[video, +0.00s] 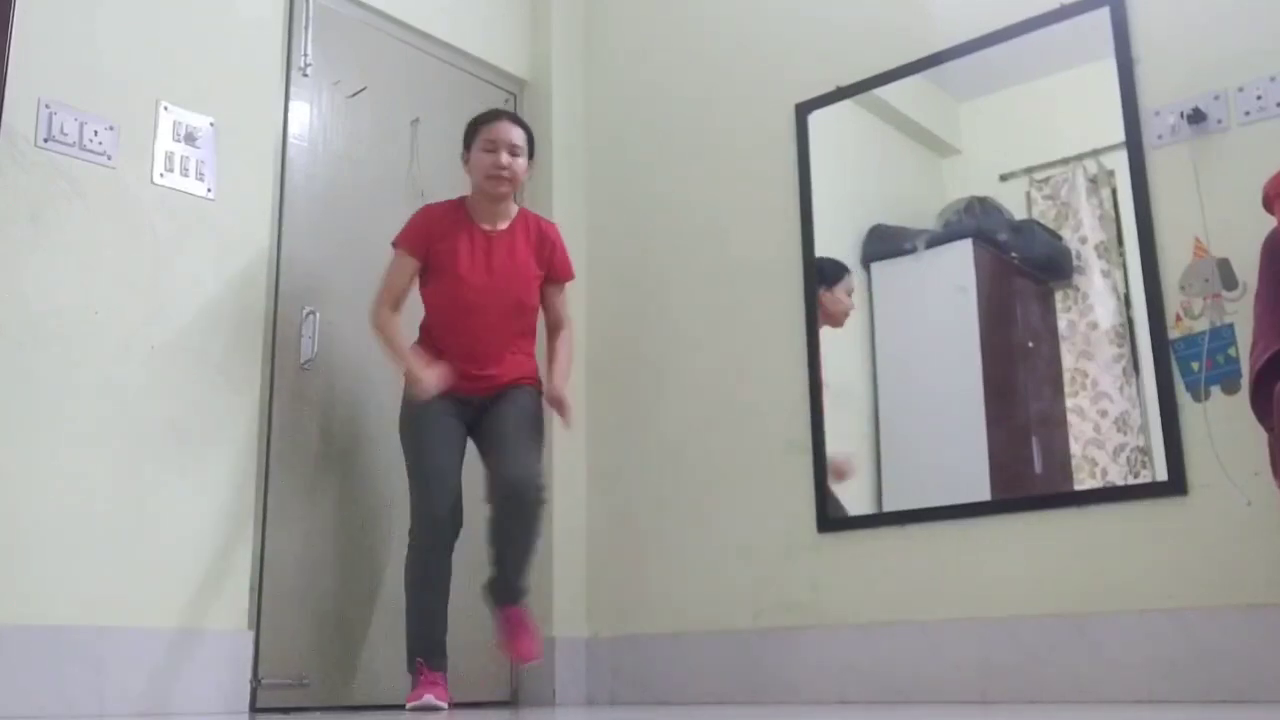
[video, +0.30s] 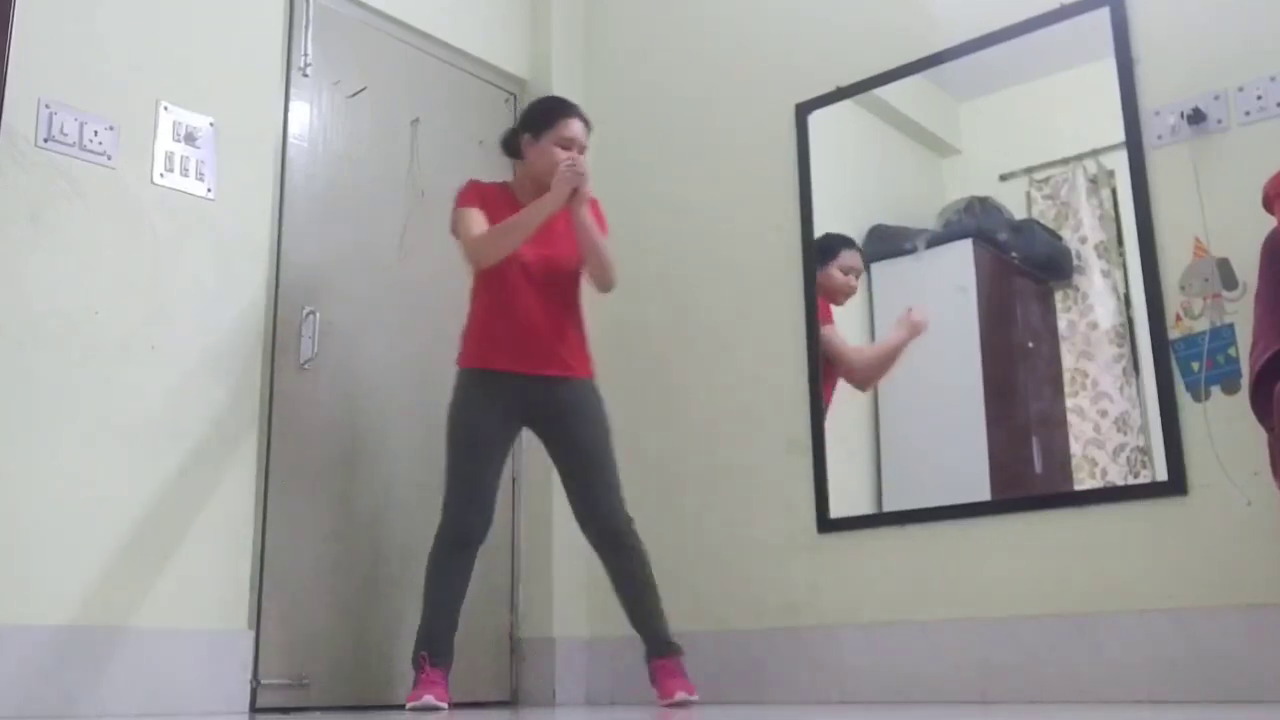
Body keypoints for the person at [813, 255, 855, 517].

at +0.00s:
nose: (852, 305)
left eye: (851, 295)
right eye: (847, 294)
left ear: (825, 295)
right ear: (823, 294)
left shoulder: (809, 340)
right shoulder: (803, 342)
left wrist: (823, 463)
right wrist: (824, 464)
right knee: (838, 520)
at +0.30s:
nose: (853, 283)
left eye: (857, 276)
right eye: (844, 272)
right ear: (817, 269)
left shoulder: (820, 308)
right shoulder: (814, 306)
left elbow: (862, 378)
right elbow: (856, 368)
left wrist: (903, 334)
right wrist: (904, 333)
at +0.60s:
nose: (883, 276)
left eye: (888, 269)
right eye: (875, 264)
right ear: (846, 260)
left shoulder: (829, 294)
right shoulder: (841, 290)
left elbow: (840, 395)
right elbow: (861, 371)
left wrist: (870, 461)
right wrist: (889, 447)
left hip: (815, 435)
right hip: (807, 434)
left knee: (836, 520)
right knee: (837, 519)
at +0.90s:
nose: (898, 273)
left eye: (903, 266)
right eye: (891, 261)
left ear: (908, 267)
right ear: (861, 255)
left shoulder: (835, 281)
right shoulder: (859, 281)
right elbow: (823, 309)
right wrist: (806, 369)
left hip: (824, 414)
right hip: (823, 414)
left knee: (835, 506)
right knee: (838, 508)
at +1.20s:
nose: (889, 273)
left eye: (890, 263)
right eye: (886, 260)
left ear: (860, 258)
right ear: (863, 258)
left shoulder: (822, 289)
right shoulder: (846, 288)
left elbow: (825, 396)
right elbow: (843, 367)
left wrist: (877, 432)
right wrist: (884, 426)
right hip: (824, 431)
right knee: (851, 526)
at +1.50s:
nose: (872, 273)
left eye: (872, 263)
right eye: (869, 263)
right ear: (851, 262)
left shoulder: (823, 294)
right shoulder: (832, 292)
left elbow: (851, 383)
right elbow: (874, 369)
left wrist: (914, 353)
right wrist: (921, 348)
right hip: (807, 435)